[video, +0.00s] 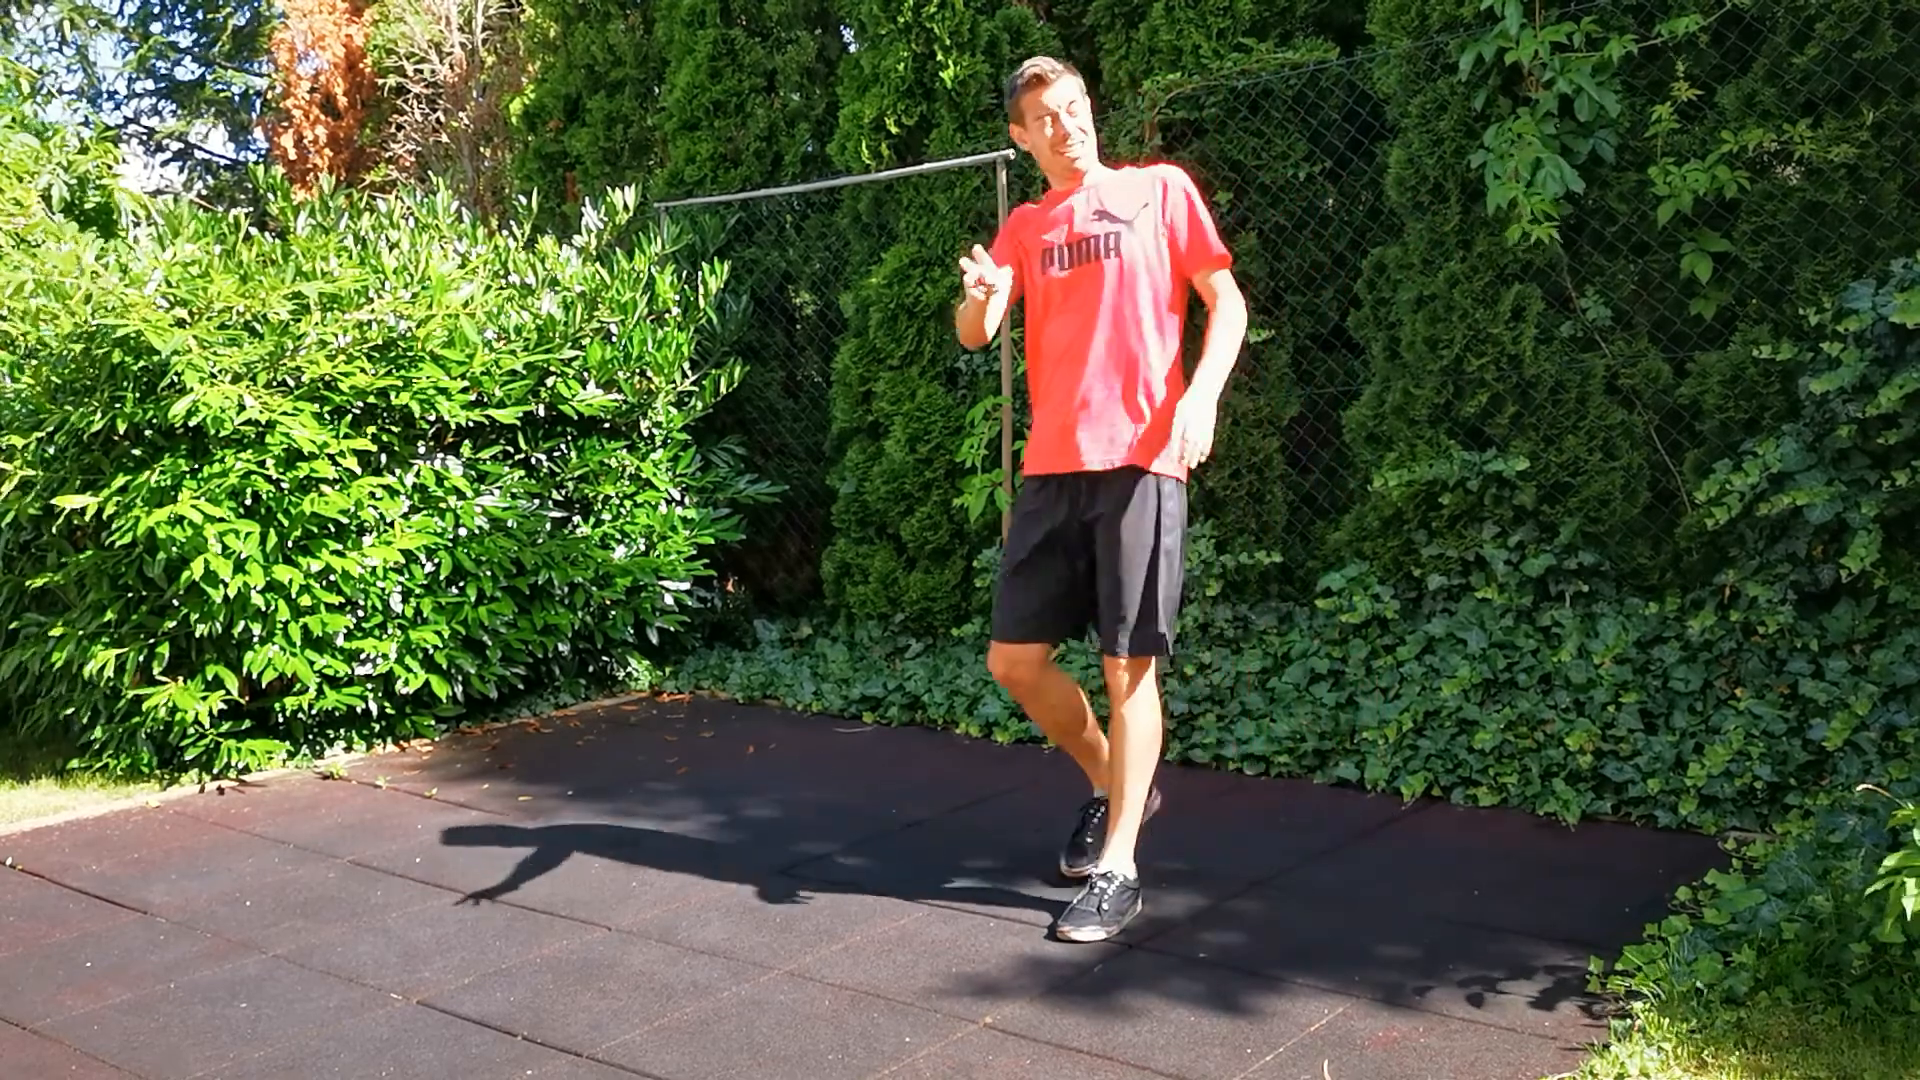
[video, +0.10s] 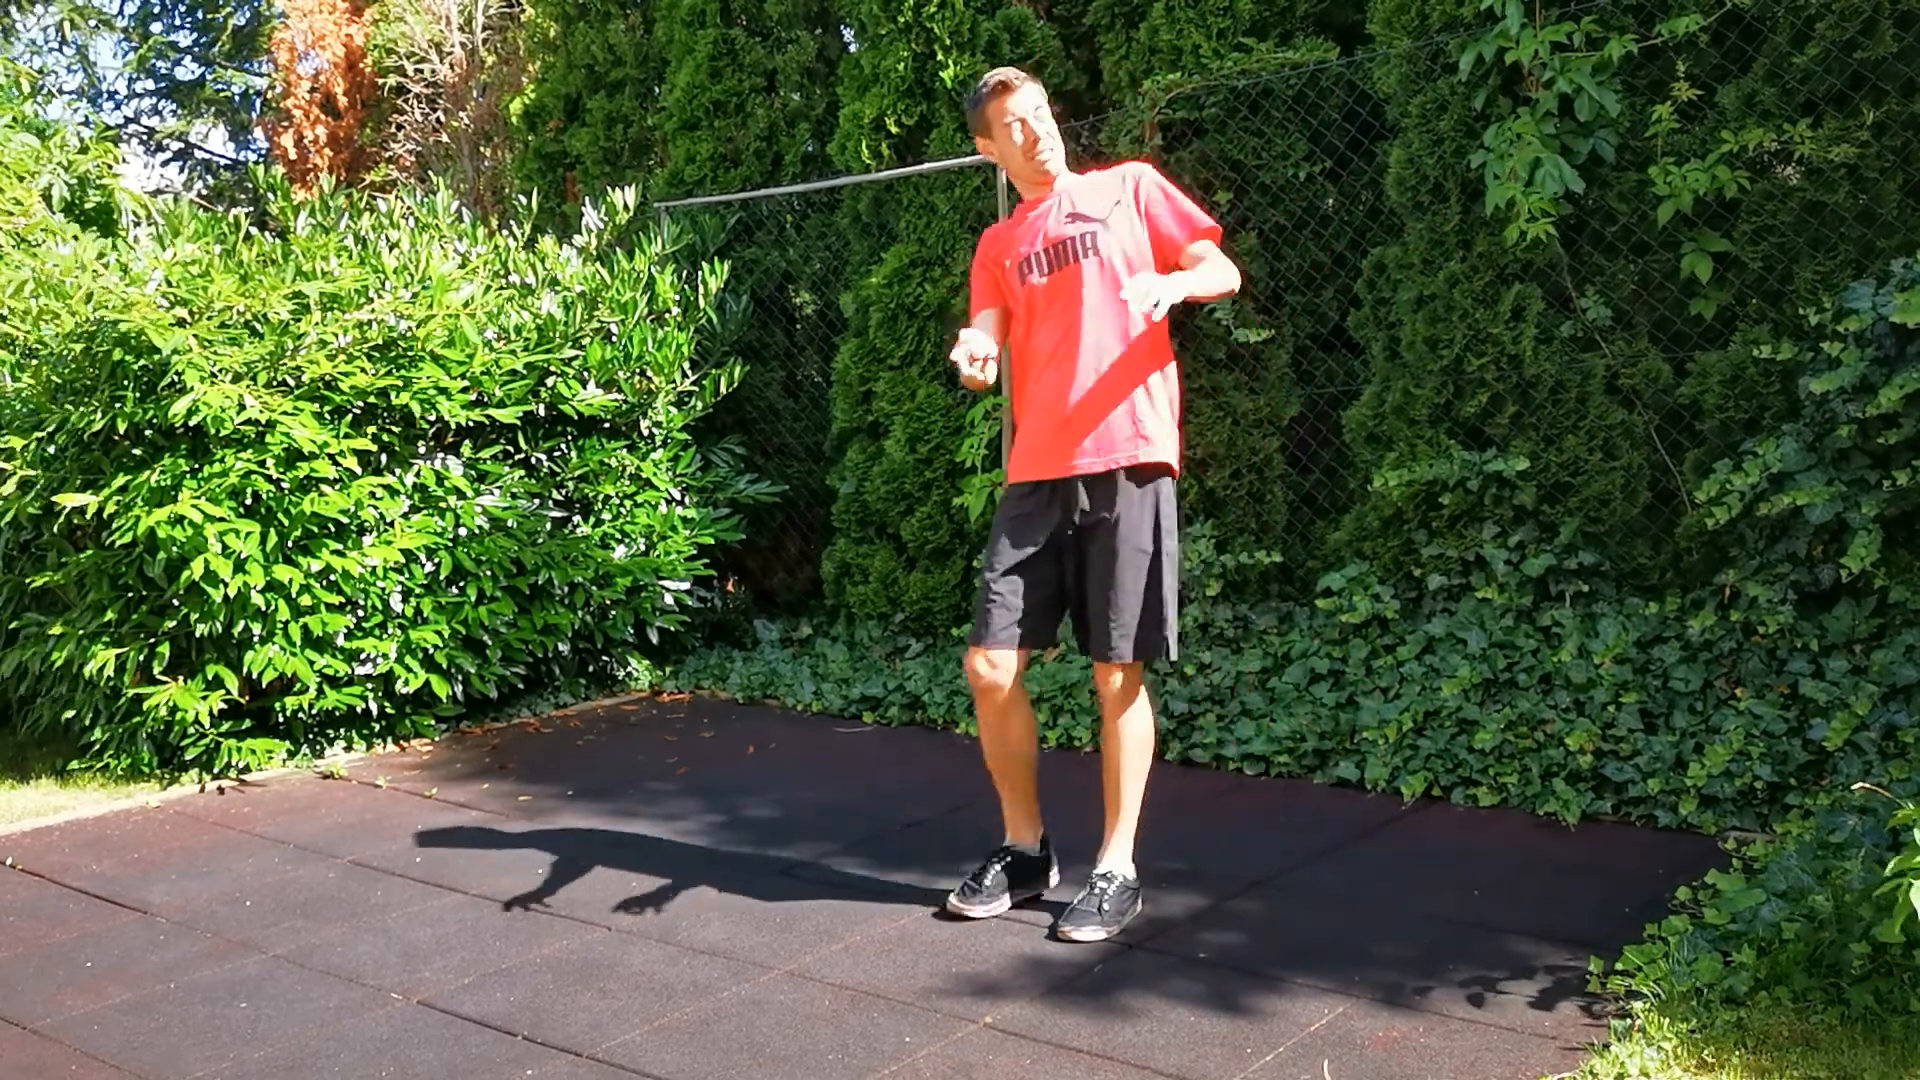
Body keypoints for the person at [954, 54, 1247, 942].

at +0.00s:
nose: (1059, 127)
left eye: (1066, 110)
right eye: (1040, 120)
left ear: (1090, 109)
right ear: (1020, 136)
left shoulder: (1161, 190)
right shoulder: (1020, 228)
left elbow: (1226, 302)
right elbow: (975, 335)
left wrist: (1201, 397)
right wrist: (980, 296)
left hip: (1140, 466)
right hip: (1050, 470)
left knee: (1128, 669)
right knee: (1016, 659)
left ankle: (1118, 868)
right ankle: (1117, 783)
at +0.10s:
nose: (1034, 126)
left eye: (1036, 110)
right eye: (1013, 123)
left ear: (1056, 115)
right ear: (989, 147)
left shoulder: (1133, 187)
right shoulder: (996, 245)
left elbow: (1222, 269)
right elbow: (985, 343)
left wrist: (1174, 283)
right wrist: (975, 356)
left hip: (1128, 467)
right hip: (1034, 475)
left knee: (1117, 675)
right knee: (990, 668)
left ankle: (1114, 873)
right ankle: (1024, 855)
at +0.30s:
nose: (968, 143)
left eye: (971, 125)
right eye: (947, 139)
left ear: (992, 128)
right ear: (924, 165)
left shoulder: (1073, 192)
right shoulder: (940, 260)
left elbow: (1191, 240)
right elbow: (948, 377)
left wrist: (1112, 177)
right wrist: (960, 410)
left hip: (1090, 469)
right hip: (994, 482)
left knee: (1087, 680)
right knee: (966, 681)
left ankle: (1112, 876)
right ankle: (966, 875)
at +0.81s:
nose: (861, 159)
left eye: (861, 141)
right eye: (841, 163)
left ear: (887, 134)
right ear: (832, 189)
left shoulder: (990, 169)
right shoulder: (862, 278)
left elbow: (1099, 112)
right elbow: (887, 404)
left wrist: (1042, 21)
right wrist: (908, 418)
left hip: (1048, 451)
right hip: (950, 479)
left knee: (1068, 674)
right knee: (939, 693)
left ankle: (1104, 881)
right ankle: (966, 877)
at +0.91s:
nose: (852, 164)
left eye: (853, 145)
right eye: (831, 166)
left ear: (881, 138)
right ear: (822, 191)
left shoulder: (979, 170)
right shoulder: (856, 282)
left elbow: (1089, 103)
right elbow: (885, 410)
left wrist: (1043, 9)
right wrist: (920, 414)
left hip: (1044, 449)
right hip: (948, 479)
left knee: (1067, 675)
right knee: (937, 693)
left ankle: (1105, 880)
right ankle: (966, 877)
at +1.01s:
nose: (838, 167)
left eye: (842, 147)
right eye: (819, 167)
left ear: (876, 139)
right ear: (815, 191)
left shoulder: (974, 171)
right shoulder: (852, 284)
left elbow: (1084, 99)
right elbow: (882, 412)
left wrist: (1045, 6)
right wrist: (916, 405)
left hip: (1043, 450)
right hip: (948, 481)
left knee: (1066, 678)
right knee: (935, 696)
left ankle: (1107, 880)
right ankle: (965, 877)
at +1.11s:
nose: (842, 173)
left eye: (845, 152)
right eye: (823, 171)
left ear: (880, 138)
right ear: (818, 190)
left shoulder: (978, 172)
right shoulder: (853, 285)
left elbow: (1085, 97)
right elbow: (880, 414)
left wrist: (1055, 7)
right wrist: (917, 388)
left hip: (1047, 451)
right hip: (951, 483)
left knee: (1067, 681)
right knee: (935, 695)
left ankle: (1111, 875)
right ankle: (966, 880)